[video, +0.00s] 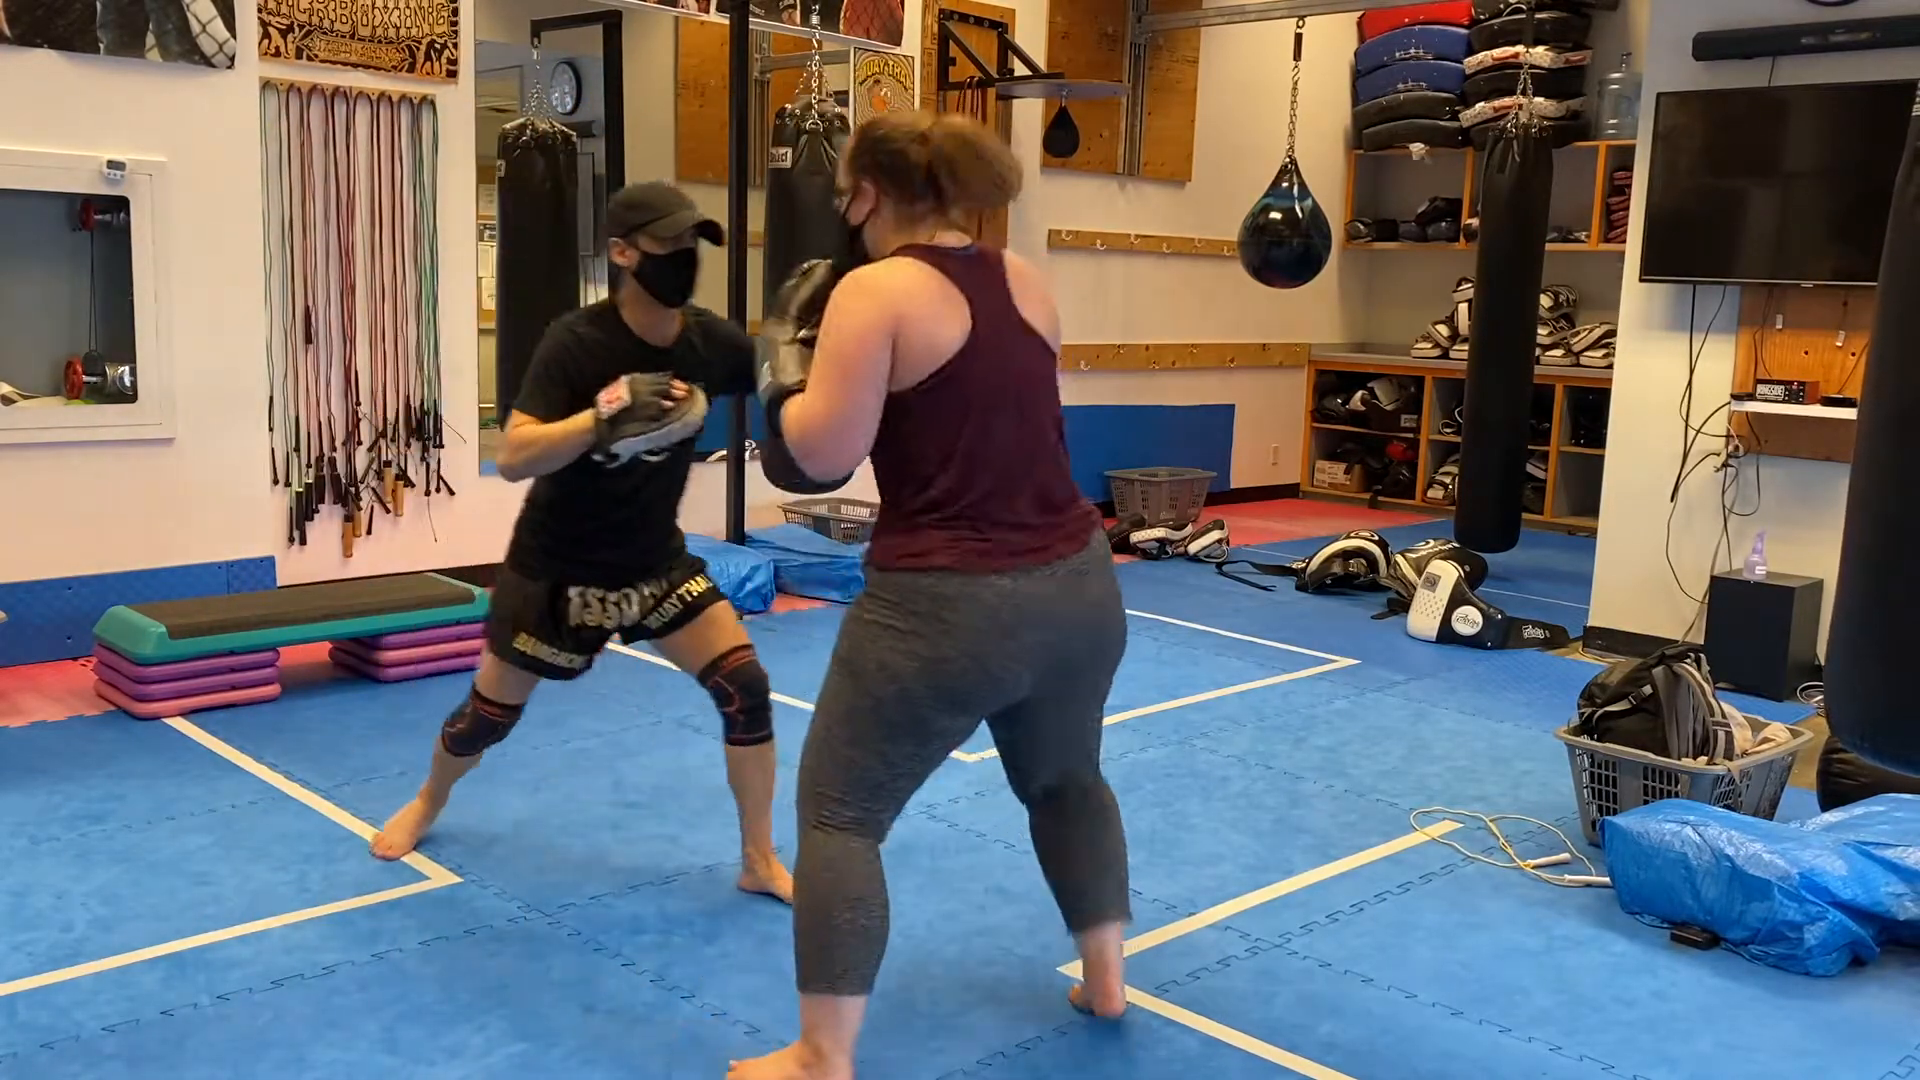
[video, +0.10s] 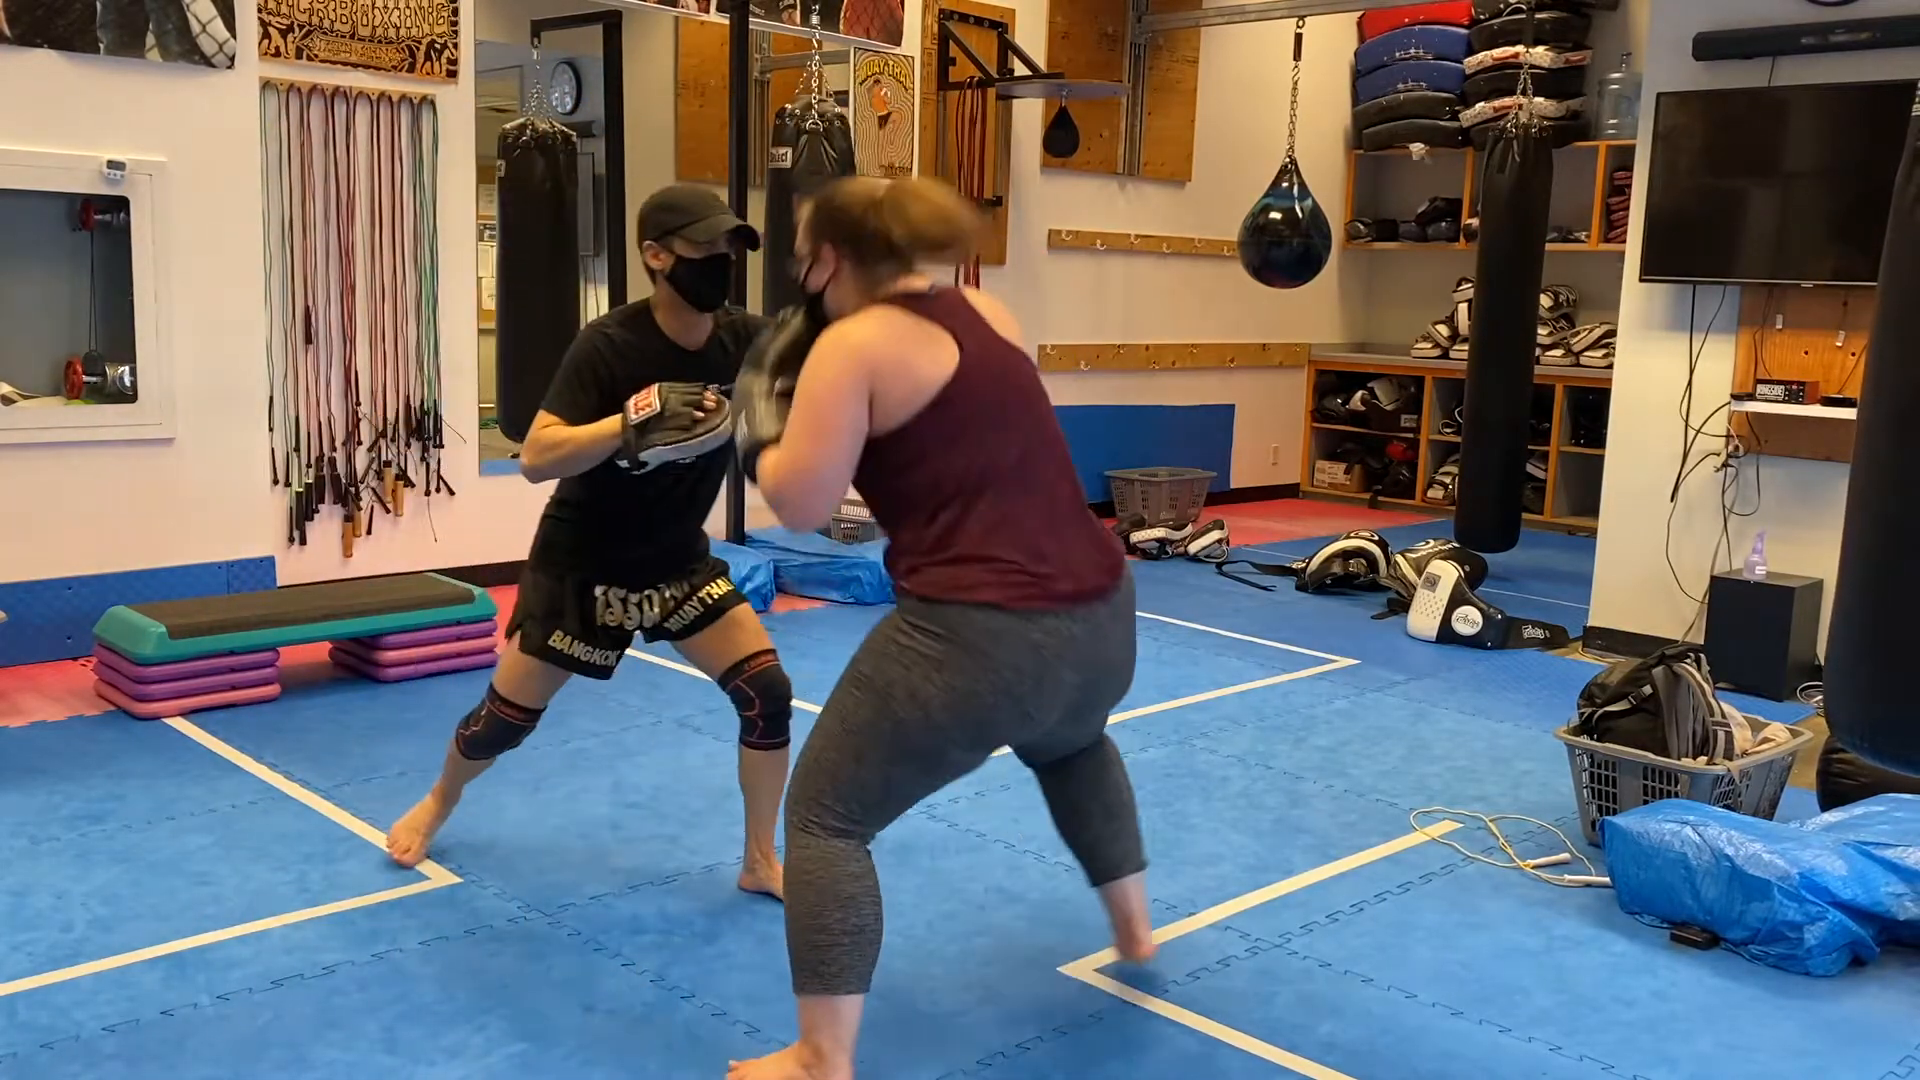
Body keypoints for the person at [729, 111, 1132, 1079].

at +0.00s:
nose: (848, 218)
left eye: (849, 202)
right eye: (845, 204)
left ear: (875, 194)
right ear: (956, 192)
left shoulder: (874, 291)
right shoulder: (1028, 278)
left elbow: (821, 454)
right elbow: (1008, 382)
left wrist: (784, 398)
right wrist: (865, 337)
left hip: (940, 610)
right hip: (1077, 594)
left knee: (840, 818)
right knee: (1067, 778)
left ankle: (825, 1055)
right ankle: (1107, 982)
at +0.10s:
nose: (809, 276)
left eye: (812, 257)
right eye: (805, 257)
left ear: (841, 256)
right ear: (918, 247)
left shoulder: (853, 346)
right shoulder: (988, 311)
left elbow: (797, 503)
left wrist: (762, 425)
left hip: (969, 638)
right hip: (1098, 623)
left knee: (825, 817)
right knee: (1067, 741)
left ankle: (823, 1055)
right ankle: (1136, 931)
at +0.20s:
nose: (802, 356)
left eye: (803, 339)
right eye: (800, 339)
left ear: (827, 338)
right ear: (888, 317)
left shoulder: (865, 410)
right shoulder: (973, 359)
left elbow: (847, 572)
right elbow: (1023, 349)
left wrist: (785, 507)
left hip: (1003, 672)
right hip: (1121, 651)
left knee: (819, 814)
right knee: (1093, 755)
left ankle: (823, 1055)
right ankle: (1171, 906)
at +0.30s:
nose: (829, 416)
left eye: (833, 401)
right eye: (824, 402)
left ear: (863, 392)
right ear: (909, 370)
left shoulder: (900, 451)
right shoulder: (984, 409)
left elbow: (918, 605)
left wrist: (837, 575)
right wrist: (859, 522)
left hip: (1035, 697)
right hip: (1148, 678)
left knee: (834, 820)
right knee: (1104, 764)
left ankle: (825, 1054)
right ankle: (1185, 914)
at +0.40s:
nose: (870, 417)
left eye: (874, 400)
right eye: (865, 401)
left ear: (911, 389)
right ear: (967, 370)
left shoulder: (932, 445)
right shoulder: (1047, 411)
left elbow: (947, 597)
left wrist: (875, 577)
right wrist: (907, 531)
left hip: (1041, 693)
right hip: (1165, 681)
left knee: (861, 824)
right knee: (1118, 755)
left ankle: (828, 1051)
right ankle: (1187, 915)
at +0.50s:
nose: (906, 349)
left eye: (910, 333)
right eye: (904, 334)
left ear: (944, 331)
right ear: (1000, 318)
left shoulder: (955, 396)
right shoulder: (1093, 361)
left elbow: (940, 545)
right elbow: (1152, 475)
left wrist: (885, 496)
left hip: (1046, 653)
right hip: (1171, 644)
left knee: (906, 824)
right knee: (1130, 746)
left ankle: (833, 1045)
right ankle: (1188, 912)